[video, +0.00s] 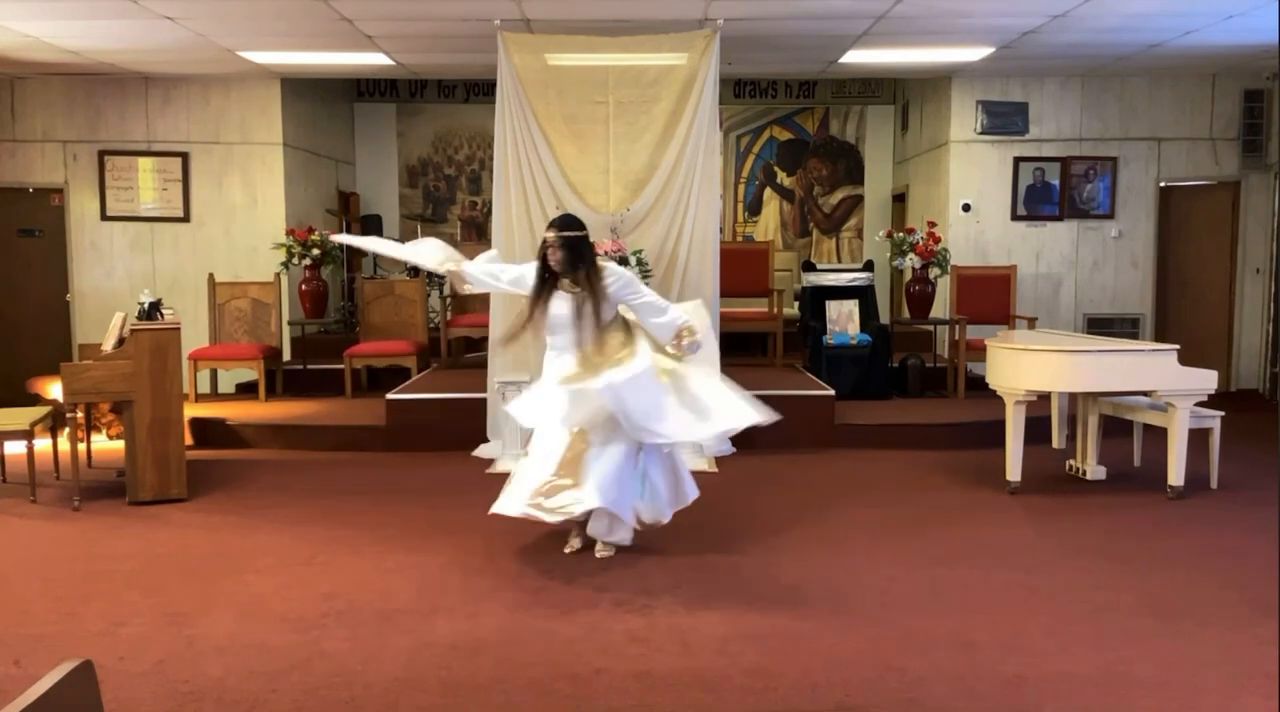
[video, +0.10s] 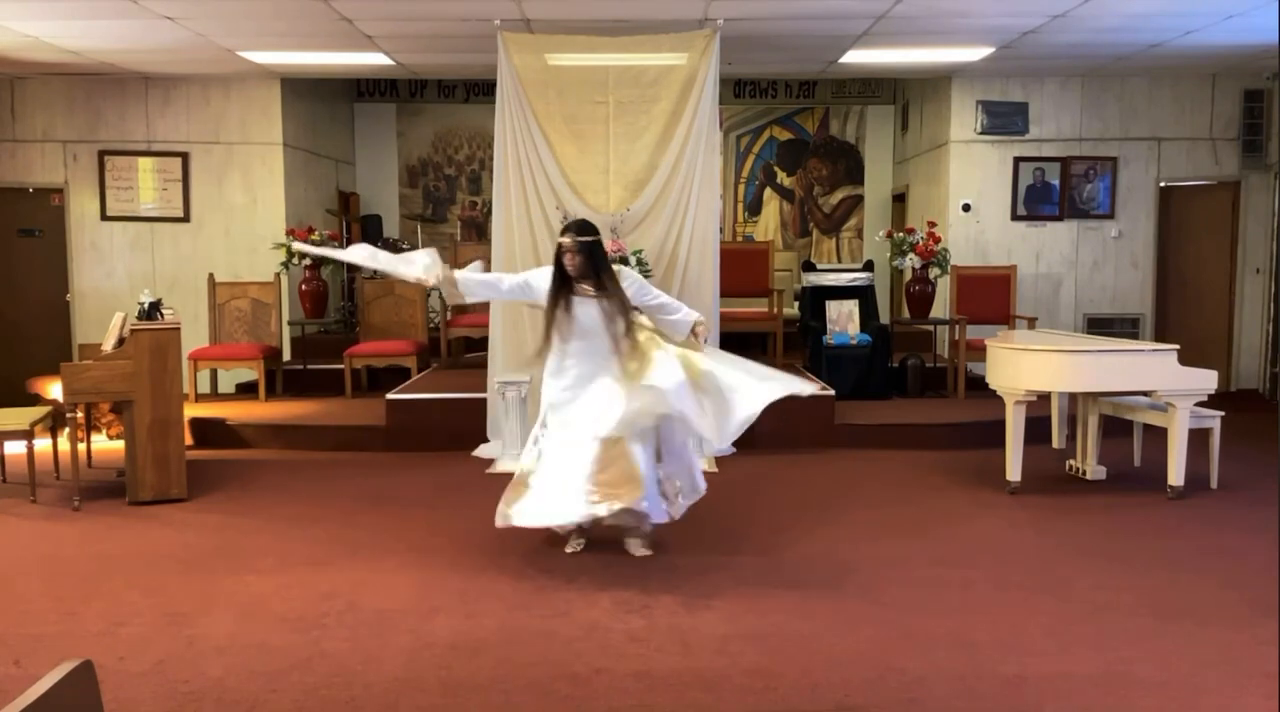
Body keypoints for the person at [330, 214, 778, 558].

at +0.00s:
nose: (551, 257)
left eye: (559, 250)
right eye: (548, 250)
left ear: (579, 249)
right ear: (545, 250)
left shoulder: (610, 279)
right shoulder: (541, 277)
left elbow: (652, 308)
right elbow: (491, 274)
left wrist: (680, 331)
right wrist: (455, 267)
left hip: (614, 380)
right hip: (566, 381)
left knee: (610, 454)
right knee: (571, 452)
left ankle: (606, 533)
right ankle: (579, 523)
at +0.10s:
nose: (573, 261)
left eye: (581, 254)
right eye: (567, 254)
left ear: (598, 255)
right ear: (560, 256)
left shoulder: (620, 285)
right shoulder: (550, 283)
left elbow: (661, 305)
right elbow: (497, 283)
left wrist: (690, 323)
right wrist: (447, 278)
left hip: (616, 377)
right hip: (569, 378)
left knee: (625, 442)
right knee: (570, 445)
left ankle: (633, 527)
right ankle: (574, 524)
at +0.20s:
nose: (589, 264)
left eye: (596, 256)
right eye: (583, 258)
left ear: (613, 259)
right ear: (576, 261)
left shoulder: (634, 292)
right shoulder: (564, 291)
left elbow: (670, 319)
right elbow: (515, 302)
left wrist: (686, 334)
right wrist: (468, 305)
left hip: (633, 386)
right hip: (583, 389)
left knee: (660, 449)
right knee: (580, 457)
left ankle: (672, 526)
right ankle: (574, 528)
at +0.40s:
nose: (611, 271)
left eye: (618, 263)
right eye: (604, 264)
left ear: (631, 267)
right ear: (594, 268)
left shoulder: (643, 304)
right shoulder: (589, 304)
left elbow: (662, 347)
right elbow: (590, 351)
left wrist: (661, 377)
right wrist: (600, 379)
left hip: (646, 398)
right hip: (603, 400)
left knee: (660, 461)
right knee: (578, 464)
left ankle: (676, 532)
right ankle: (555, 535)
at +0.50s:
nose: (610, 273)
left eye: (616, 267)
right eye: (603, 268)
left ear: (630, 270)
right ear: (594, 273)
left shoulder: (640, 305)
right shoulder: (589, 305)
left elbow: (668, 350)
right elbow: (601, 343)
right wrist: (635, 373)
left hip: (637, 392)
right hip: (592, 392)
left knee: (660, 456)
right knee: (570, 462)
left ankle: (673, 532)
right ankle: (556, 543)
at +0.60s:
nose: (603, 273)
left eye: (609, 266)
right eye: (596, 268)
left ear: (623, 269)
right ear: (588, 272)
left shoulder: (639, 307)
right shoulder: (584, 306)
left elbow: (670, 347)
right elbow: (594, 344)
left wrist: (717, 363)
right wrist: (633, 358)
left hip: (638, 401)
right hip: (594, 402)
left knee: (654, 463)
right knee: (580, 468)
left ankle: (670, 538)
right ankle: (565, 545)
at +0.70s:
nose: (597, 272)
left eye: (605, 265)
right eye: (591, 266)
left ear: (619, 267)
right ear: (584, 270)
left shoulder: (641, 304)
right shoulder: (578, 301)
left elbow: (666, 341)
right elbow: (580, 344)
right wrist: (626, 351)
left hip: (629, 393)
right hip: (586, 393)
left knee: (642, 461)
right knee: (582, 465)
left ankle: (665, 534)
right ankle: (570, 540)